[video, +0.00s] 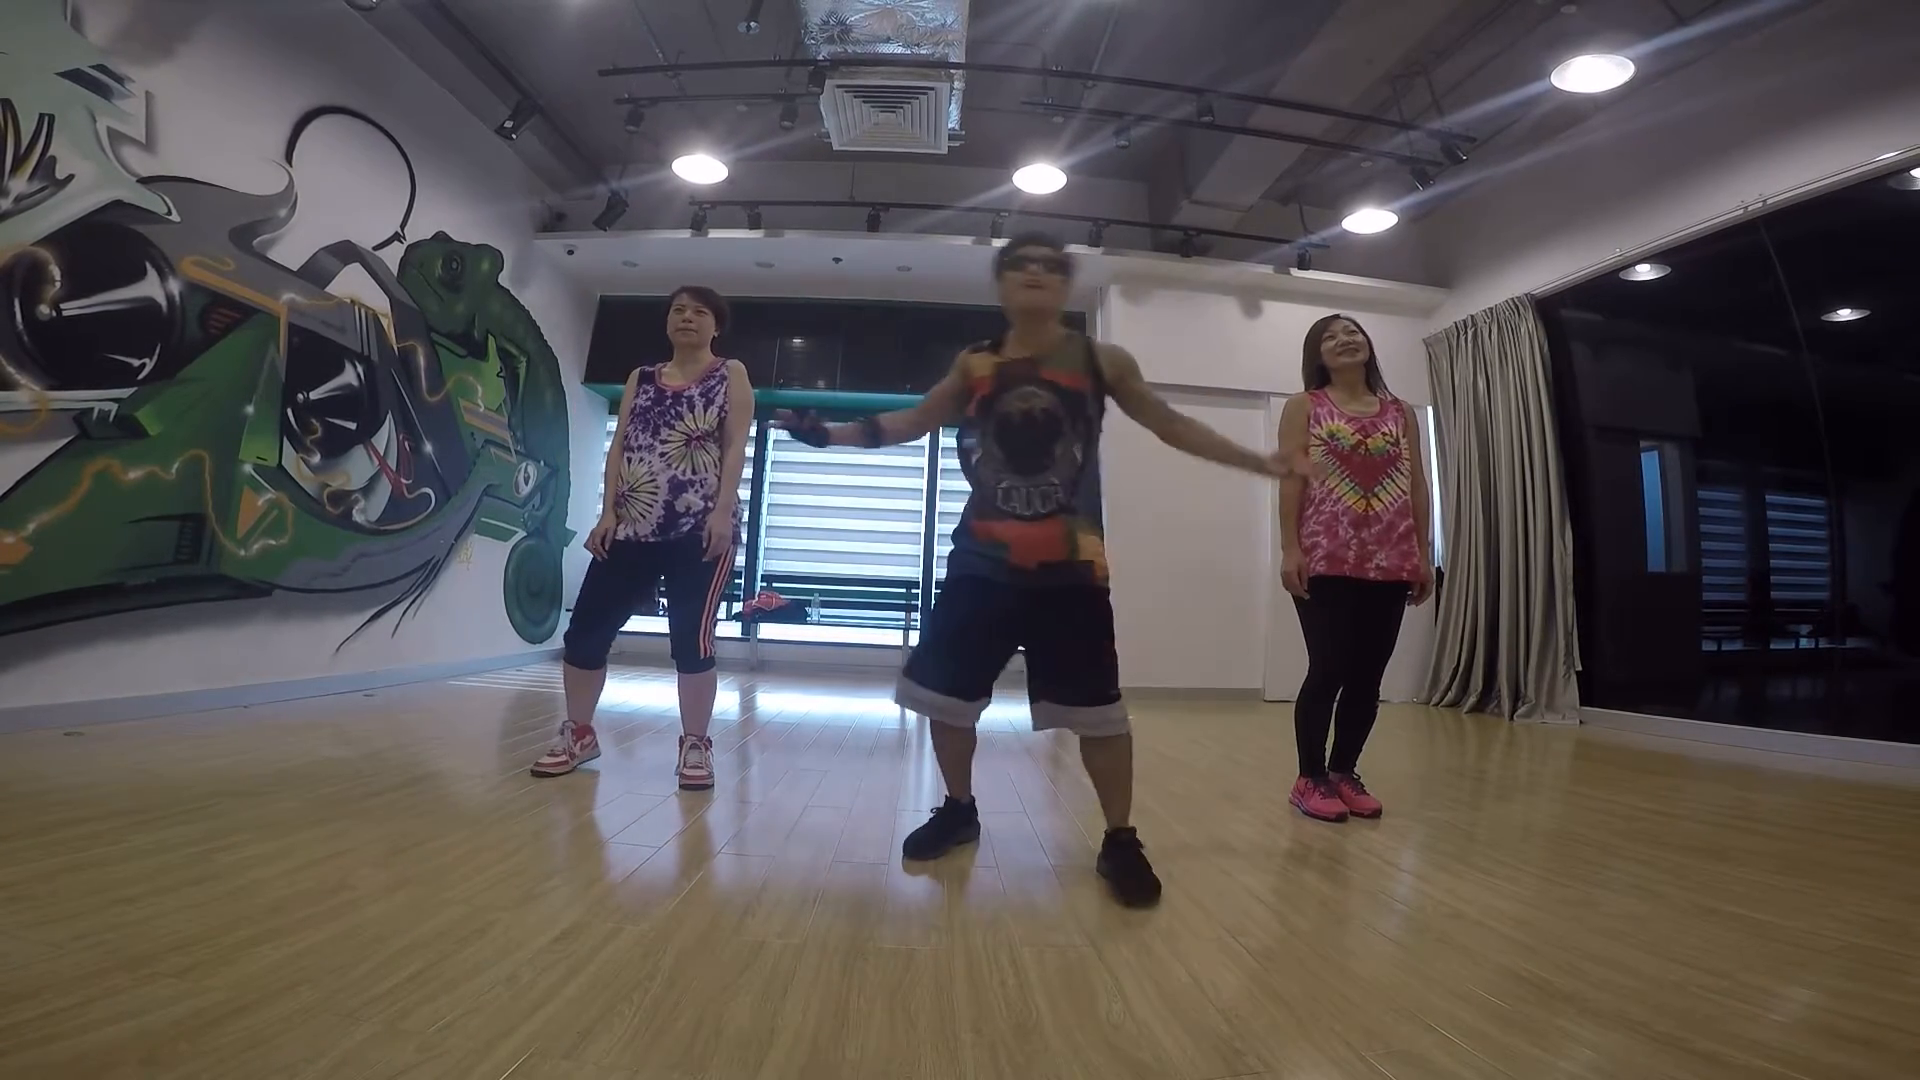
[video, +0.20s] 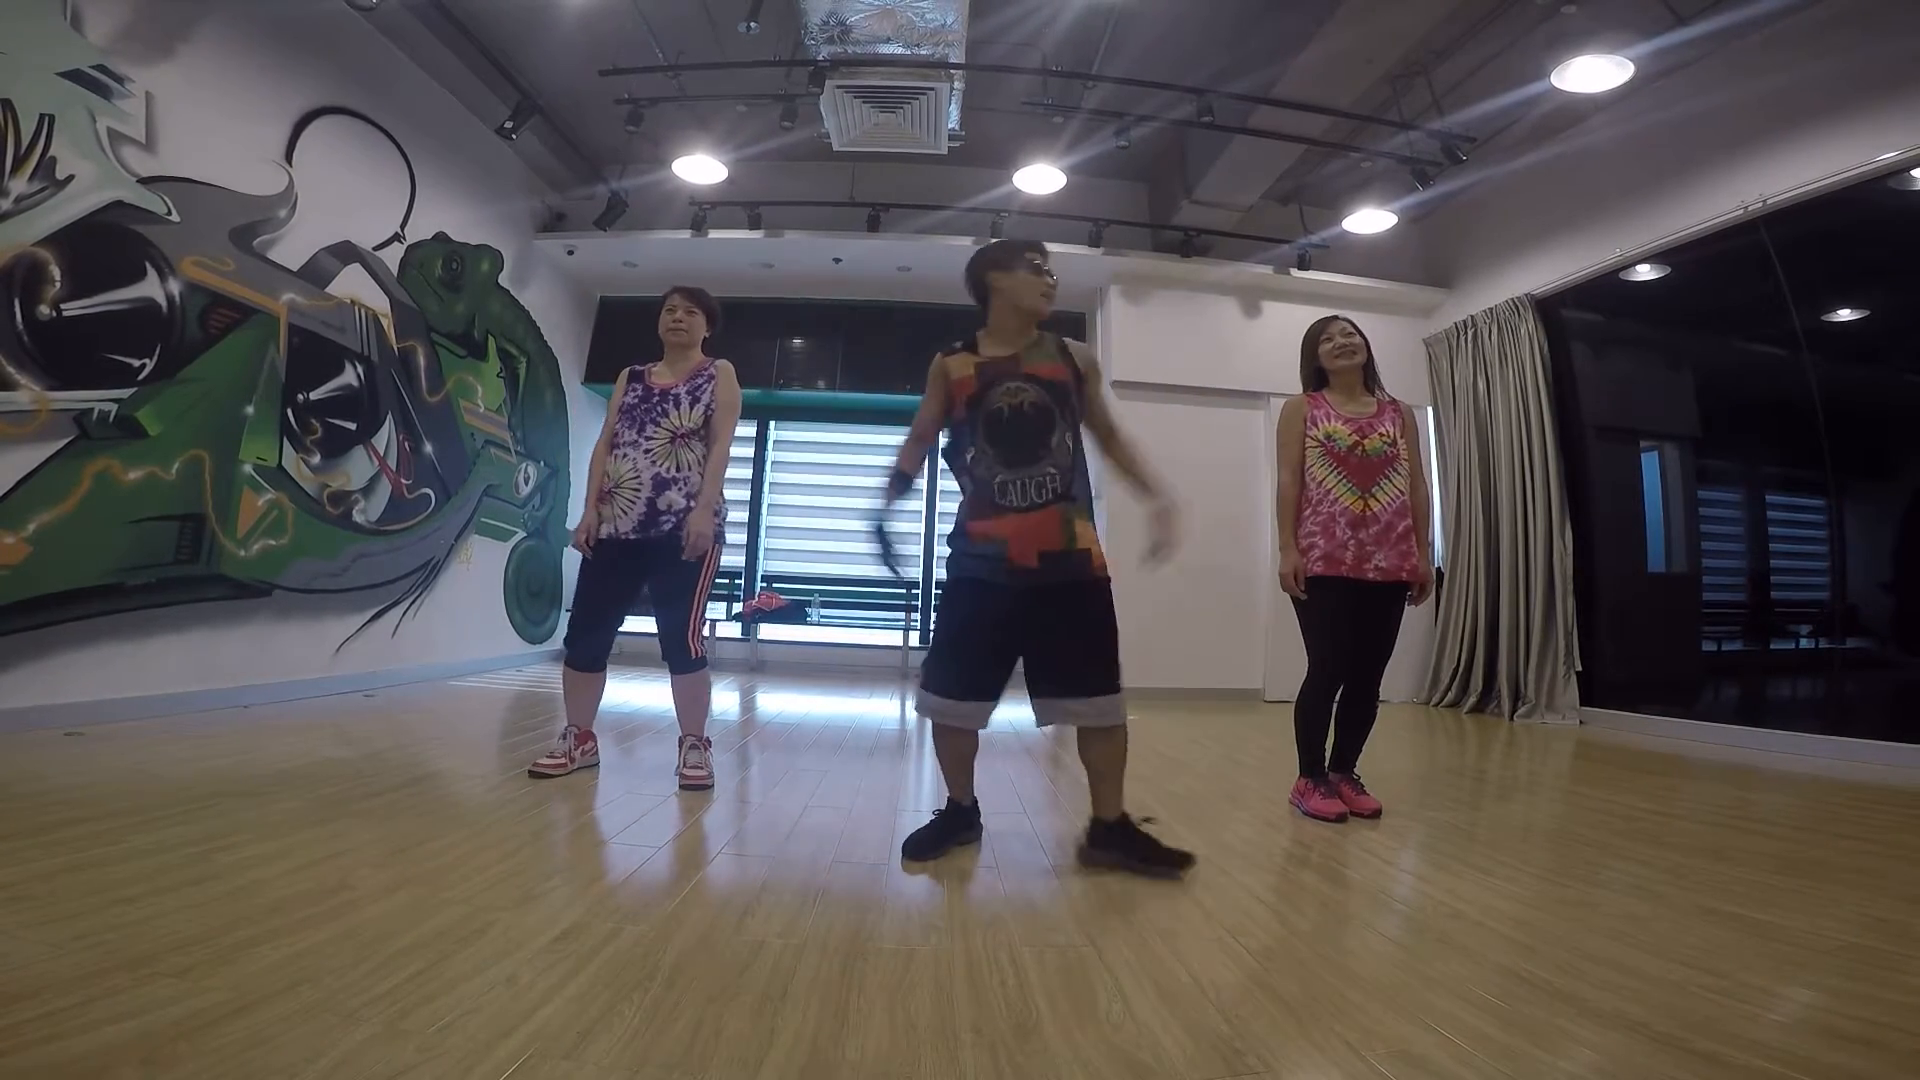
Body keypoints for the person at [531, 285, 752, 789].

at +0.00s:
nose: (687, 317)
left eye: (699, 311)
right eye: (679, 310)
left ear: (716, 327)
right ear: (666, 323)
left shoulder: (730, 374)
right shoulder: (640, 378)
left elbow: (735, 447)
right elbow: (619, 448)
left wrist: (724, 510)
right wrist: (609, 509)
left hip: (697, 531)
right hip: (631, 528)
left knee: (692, 643)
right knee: (584, 634)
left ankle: (695, 744)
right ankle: (578, 735)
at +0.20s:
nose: (678, 317)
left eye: (690, 311)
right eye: (670, 310)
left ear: (707, 327)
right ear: (658, 323)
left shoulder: (719, 374)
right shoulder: (630, 378)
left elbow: (719, 447)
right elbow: (604, 445)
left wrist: (704, 511)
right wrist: (591, 508)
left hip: (683, 529)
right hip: (617, 525)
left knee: (682, 641)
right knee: (585, 634)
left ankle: (694, 744)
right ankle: (579, 740)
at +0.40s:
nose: (668, 315)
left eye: (680, 310)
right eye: (660, 308)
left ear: (697, 325)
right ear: (648, 320)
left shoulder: (709, 373)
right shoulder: (619, 374)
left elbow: (708, 446)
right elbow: (590, 441)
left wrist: (689, 509)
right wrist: (573, 502)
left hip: (668, 527)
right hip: (601, 525)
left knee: (672, 641)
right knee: (577, 637)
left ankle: (693, 744)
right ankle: (579, 742)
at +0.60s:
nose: (661, 315)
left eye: (674, 310)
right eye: (653, 308)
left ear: (690, 327)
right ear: (640, 321)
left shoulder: (701, 376)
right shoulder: (606, 372)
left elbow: (701, 448)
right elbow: (575, 437)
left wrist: (684, 510)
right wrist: (557, 500)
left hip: (650, 531)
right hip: (582, 527)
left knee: (662, 643)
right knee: (571, 640)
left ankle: (691, 744)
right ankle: (578, 741)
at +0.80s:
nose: (658, 315)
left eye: (671, 311)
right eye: (650, 307)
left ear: (685, 328)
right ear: (635, 320)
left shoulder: (694, 377)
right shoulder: (600, 370)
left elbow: (693, 451)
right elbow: (565, 436)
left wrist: (679, 515)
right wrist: (547, 498)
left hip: (643, 531)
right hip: (575, 526)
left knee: (656, 643)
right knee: (567, 639)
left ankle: (690, 743)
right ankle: (577, 741)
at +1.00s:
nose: (658, 315)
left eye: (670, 311)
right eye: (650, 307)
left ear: (684, 328)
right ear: (635, 320)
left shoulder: (694, 377)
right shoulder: (599, 372)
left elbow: (693, 451)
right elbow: (566, 438)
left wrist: (680, 516)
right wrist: (549, 500)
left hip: (645, 531)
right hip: (577, 527)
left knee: (657, 643)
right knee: (568, 638)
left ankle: (691, 743)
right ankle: (577, 741)